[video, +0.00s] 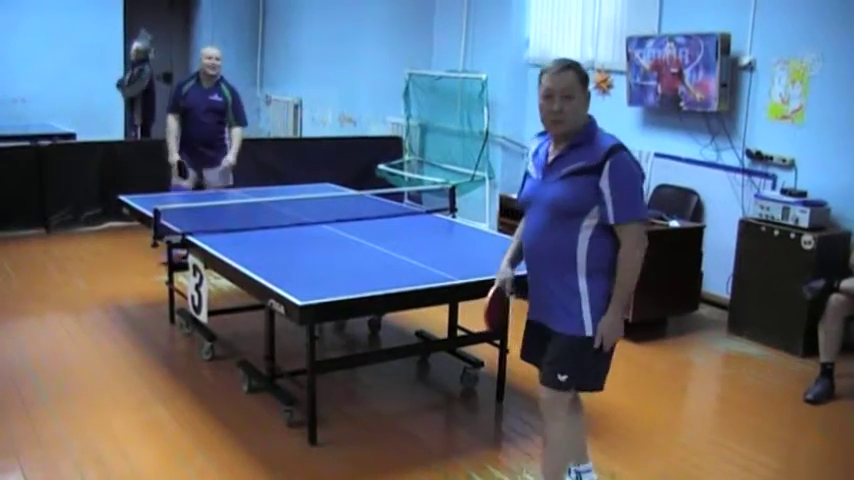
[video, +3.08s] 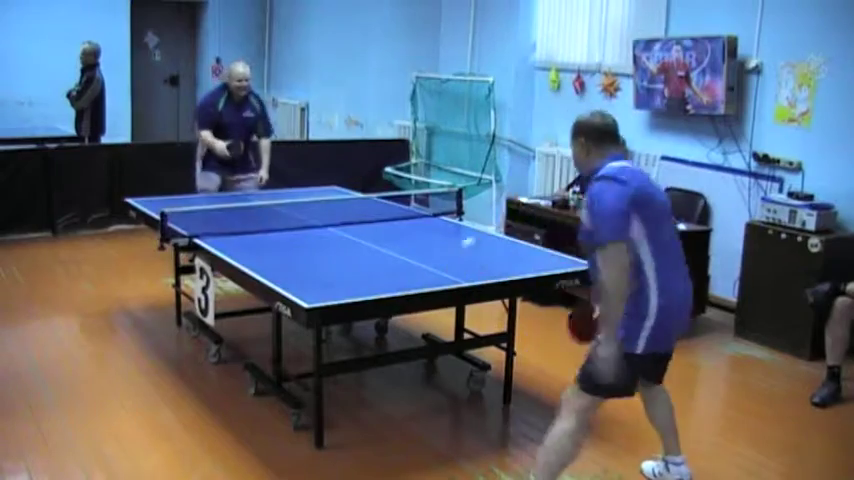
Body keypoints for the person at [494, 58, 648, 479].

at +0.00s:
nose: (554, 106)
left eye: (566, 98)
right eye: (547, 97)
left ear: (587, 100)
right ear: (538, 101)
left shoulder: (613, 160)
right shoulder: (541, 150)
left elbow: (634, 242)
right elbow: (531, 217)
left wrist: (617, 310)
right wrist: (507, 265)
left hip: (586, 305)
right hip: (546, 296)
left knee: (554, 394)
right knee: (560, 388)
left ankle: (552, 476)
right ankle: (580, 470)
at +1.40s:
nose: (549, 104)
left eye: (552, 95)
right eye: (550, 94)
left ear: (566, 98)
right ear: (597, 98)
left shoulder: (602, 164)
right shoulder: (589, 153)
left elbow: (603, 252)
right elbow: (580, 238)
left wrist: (582, 330)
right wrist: (542, 278)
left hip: (588, 319)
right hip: (586, 311)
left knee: (567, 405)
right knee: (585, 404)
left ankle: (574, 475)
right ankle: (586, 470)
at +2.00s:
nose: (556, 103)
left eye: (558, 95)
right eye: (557, 94)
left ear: (567, 98)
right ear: (606, 99)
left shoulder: (578, 154)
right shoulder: (628, 150)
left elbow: (582, 243)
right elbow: (632, 232)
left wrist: (566, 317)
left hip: (590, 310)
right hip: (628, 308)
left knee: (540, 393)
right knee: (613, 392)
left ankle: (557, 476)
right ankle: (611, 476)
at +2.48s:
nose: (520, 110)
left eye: (522, 103)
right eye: (524, 102)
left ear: (528, 105)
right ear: (569, 104)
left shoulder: (531, 158)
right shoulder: (607, 152)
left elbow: (529, 245)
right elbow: (625, 225)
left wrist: (525, 325)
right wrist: (626, 297)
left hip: (558, 311)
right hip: (612, 307)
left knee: (526, 402)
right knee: (607, 390)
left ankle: (514, 475)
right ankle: (611, 474)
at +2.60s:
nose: (520, 112)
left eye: (521, 106)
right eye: (521, 106)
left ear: (527, 106)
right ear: (568, 107)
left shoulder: (530, 157)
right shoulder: (605, 156)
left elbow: (504, 248)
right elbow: (621, 229)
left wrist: (480, 324)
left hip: (560, 303)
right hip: (614, 299)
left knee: (522, 396)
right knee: (610, 383)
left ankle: (513, 475)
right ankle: (621, 473)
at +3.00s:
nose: (565, 154)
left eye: (566, 146)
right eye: (565, 147)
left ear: (576, 145)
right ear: (610, 144)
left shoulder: (587, 182)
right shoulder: (636, 180)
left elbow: (564, 263)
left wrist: (521, 329)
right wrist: (582, 284)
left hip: (620, 314)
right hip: (663, 308)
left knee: (549, 399)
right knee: (647, 380)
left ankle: (519, 472)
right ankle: (675, 462)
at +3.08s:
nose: (573, 156)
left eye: (574, 148)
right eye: (573, 148)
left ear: (584, 146)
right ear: (615, 144)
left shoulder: (606, 188)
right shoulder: (635, 178)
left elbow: (616, 267)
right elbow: (628, 257)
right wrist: (598, 305)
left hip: (639, 315)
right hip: (669, 308)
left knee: (577, 401)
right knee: (650, 385)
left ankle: (539, 473)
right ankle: (675, 462)